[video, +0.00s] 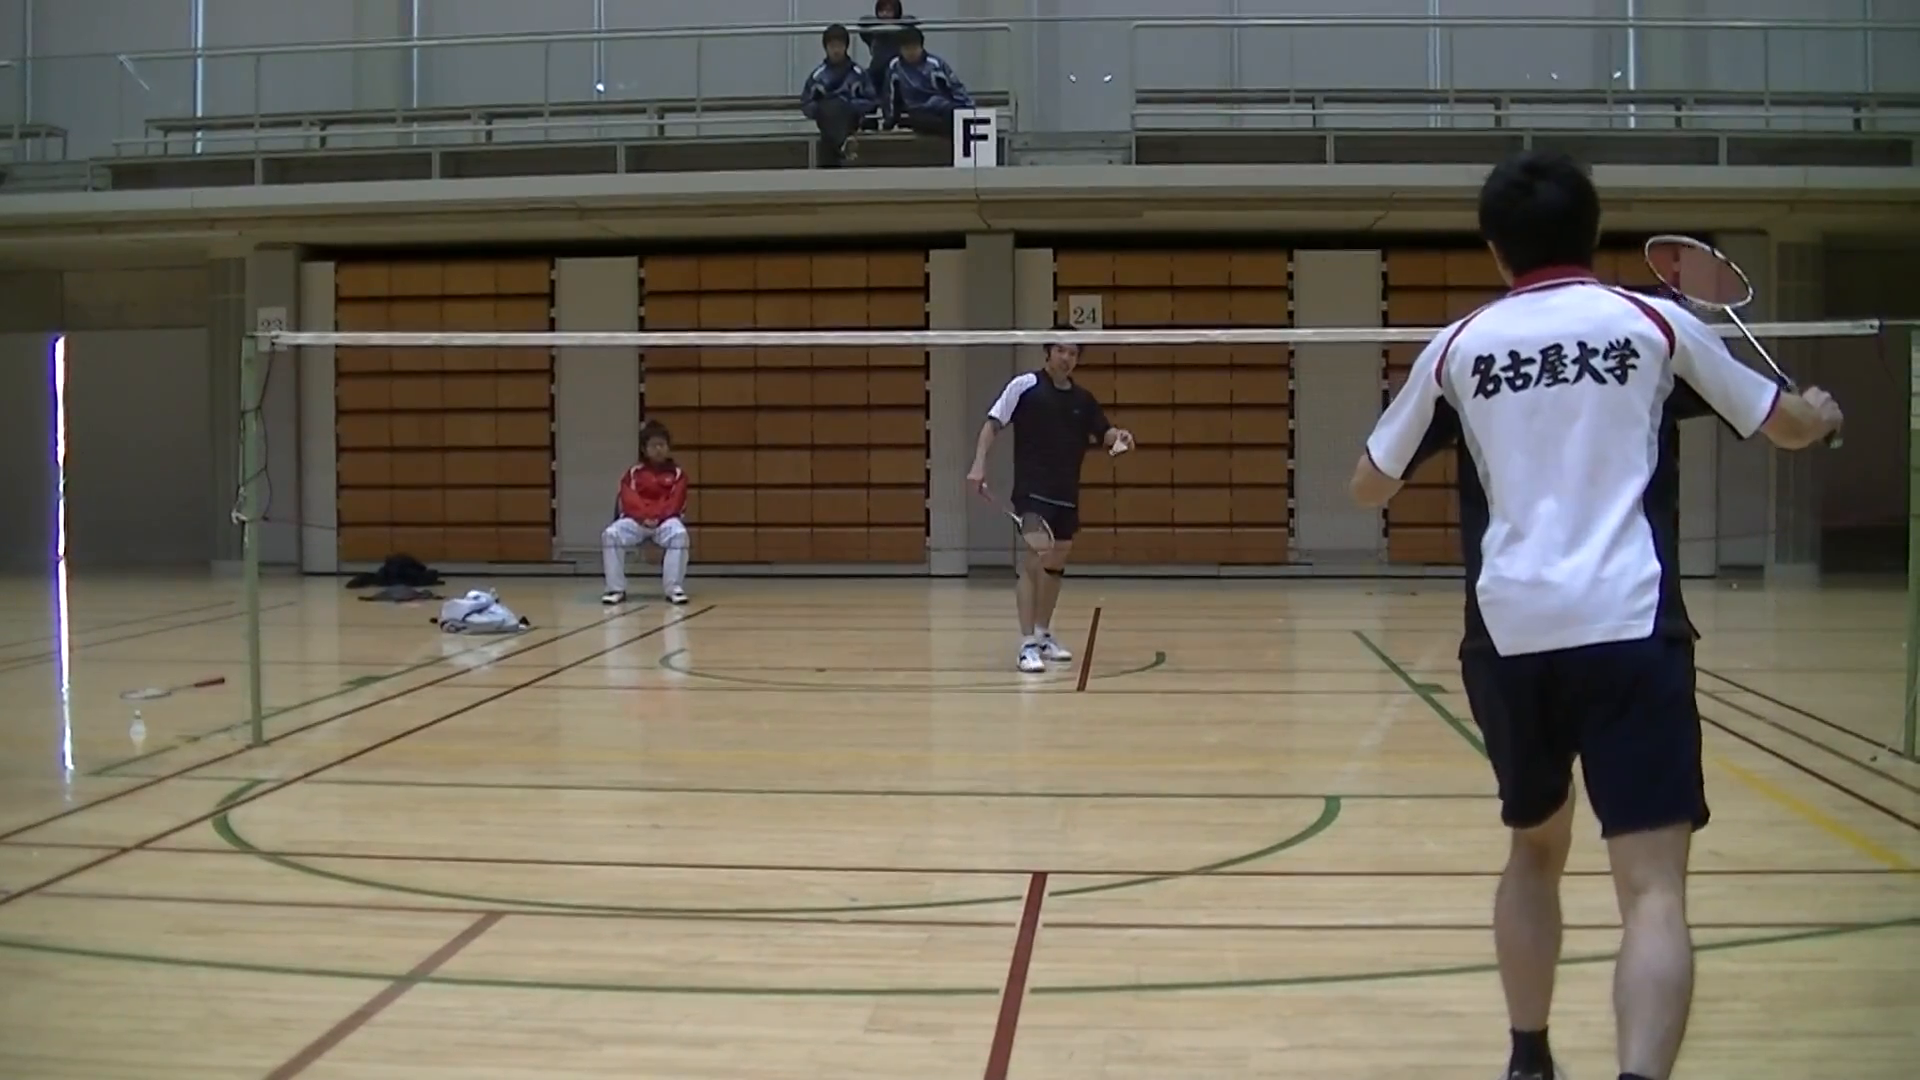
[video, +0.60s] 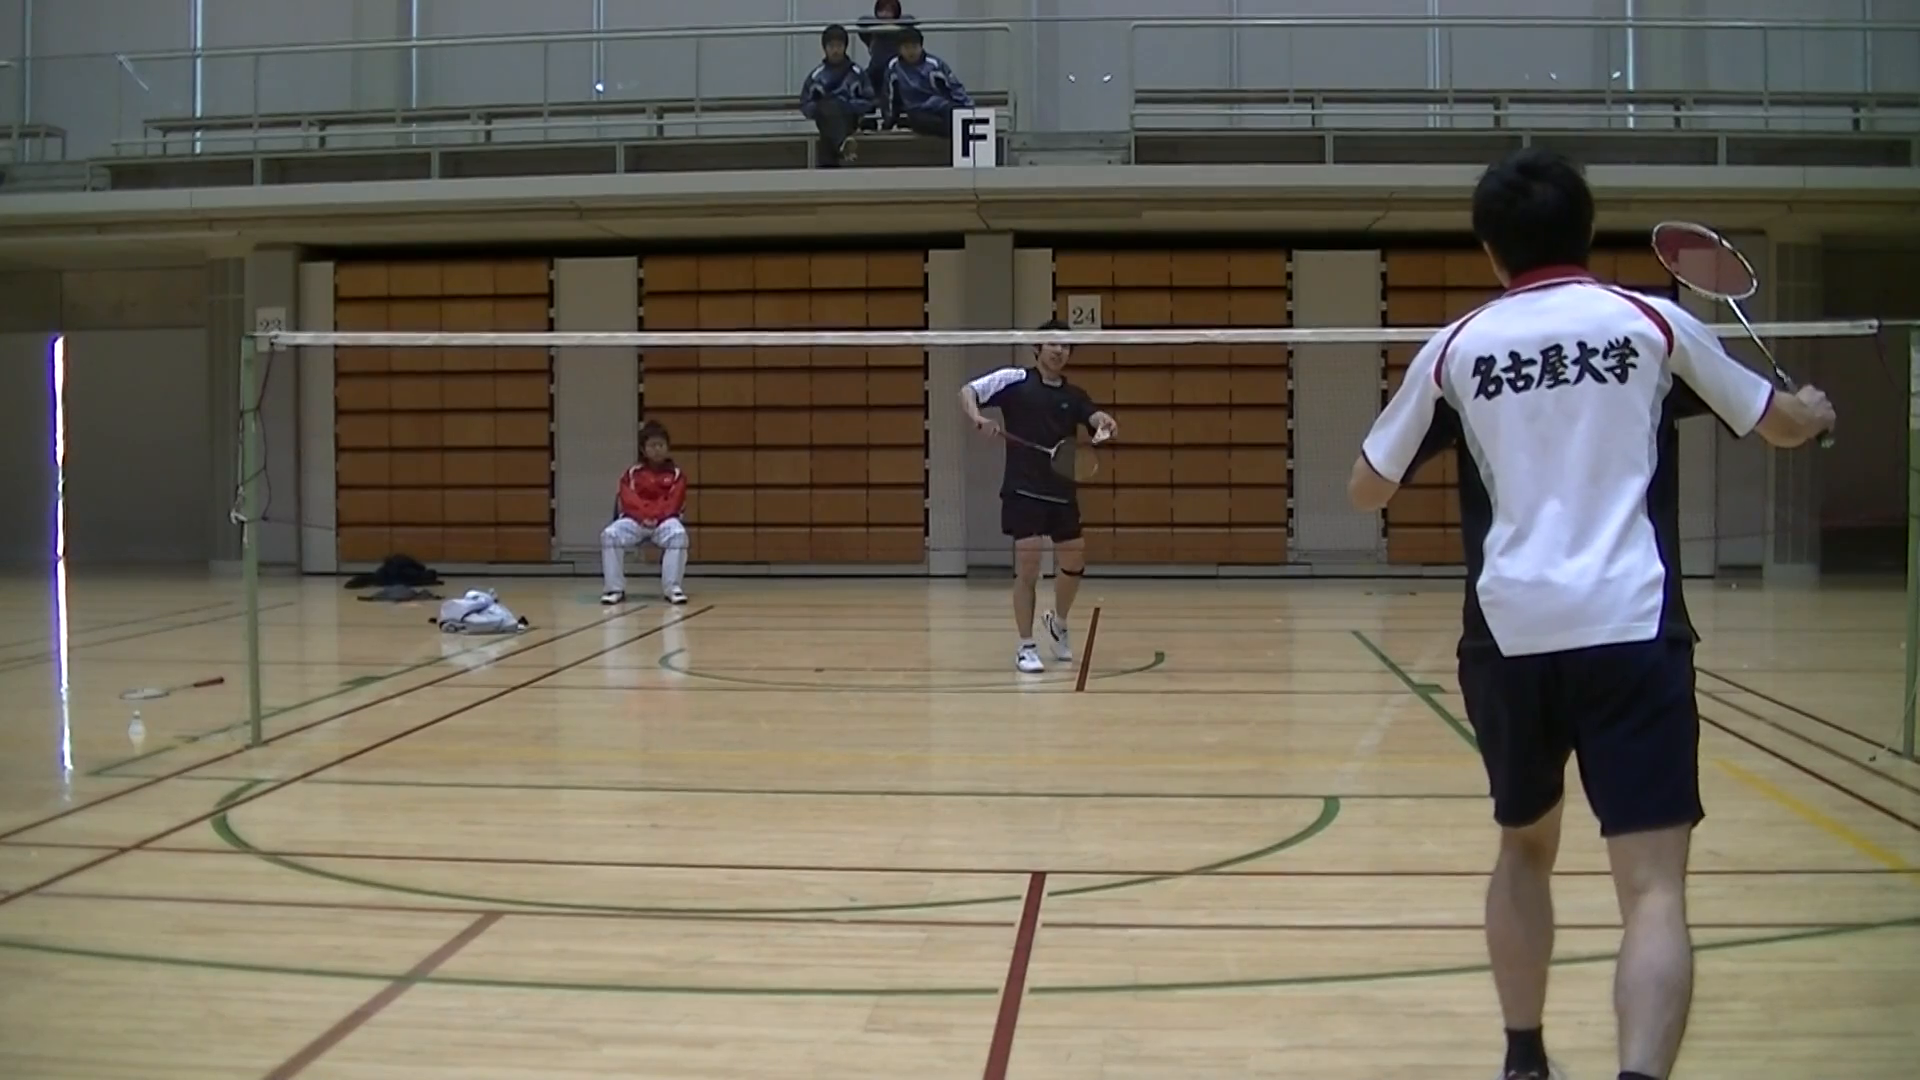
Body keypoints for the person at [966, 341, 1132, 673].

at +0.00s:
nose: (1068, 358)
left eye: (1073, 353)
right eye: (1062, 351)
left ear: (1078, 359)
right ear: (1048, 352)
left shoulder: (1082, 398)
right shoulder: (1024, 385)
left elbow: (1105, 432)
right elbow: (992, 425)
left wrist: (1119, 437)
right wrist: (978, 466)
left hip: (1066, 495)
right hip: (1032, 492)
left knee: (1055, 566)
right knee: (1034, 561)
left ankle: (1043, 637)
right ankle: (1028, 645)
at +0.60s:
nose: (1060, 352)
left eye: (1066, 347)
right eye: (1054, 345)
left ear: (1070, 353)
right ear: (1039, 348)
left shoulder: (1073, 394)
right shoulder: (1015, 379)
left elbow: (1099, 418)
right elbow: (967, 392)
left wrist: (1105, 425)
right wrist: (977, 418)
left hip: (1062, 491)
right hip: (1024, 489)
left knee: (1074, 562)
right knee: (1028, 566)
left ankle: (1059, 622)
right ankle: (1026, 646)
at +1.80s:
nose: (1159, 387)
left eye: (1164, 381)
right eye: (1153, 380)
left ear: (1169, 386)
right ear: (1139, 383)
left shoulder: (1168, 423)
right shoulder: (1122, 420)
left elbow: (1178, 466)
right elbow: (1092, 468)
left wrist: (1211, 480)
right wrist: (1085, 520)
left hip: (1143, 508)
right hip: (1115, 506)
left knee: (1155, 572)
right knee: (1133, 565)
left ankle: (1122, 631)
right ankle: (1108, 641)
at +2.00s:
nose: (1161, 396)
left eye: (1166, 391)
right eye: (1154, 390)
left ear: (1171, 397)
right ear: (1140, 395)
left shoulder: (1179, 434)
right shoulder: (1124, 433)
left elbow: (1216, 455)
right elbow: (1099, 484)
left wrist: (1256, 435)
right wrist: (1096, 532)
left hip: (1155, 525)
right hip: (1120, 523)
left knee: (1147, 588)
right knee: (1117, 583)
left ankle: (1124, 623)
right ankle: (1092, 643)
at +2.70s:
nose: (1399, 439)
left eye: (1402, 431)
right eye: (1392, 430)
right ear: (1369, 429)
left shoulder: (1358, 460)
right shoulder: (1347, 462)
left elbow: (1357, 528)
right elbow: (1355, 532)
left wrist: (1362, 585)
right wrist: (1369, 590)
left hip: (1303, 541)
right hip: (1286, 540)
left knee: (1287, 631)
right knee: (1349, 583)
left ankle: (1219, 649)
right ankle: (1343, 684)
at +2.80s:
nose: (1437, 425)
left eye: (1442, 417)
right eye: (1432, 415)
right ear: (1409, 410)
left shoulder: (1396, 441)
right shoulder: (1385, 443)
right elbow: (1368, 516)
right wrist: (1371, 582)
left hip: (1335, 522)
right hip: (1319, 523)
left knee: (1357, 608)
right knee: (1365, 604)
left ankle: (1290, 647)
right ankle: (1346, 685)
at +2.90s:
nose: (1470, 402)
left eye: (1476, 395)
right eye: (1465, 392)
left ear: (1479, 393)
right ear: (1443, 386)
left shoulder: (1445, 424)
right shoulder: (1417, 415)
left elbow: (1412, 484)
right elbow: (1389, 481)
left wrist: (1408, 537)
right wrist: (1375, 544)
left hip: (1385, 507)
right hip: (1354, 508)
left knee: (1419, 588)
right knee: (1397, 590)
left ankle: (1385, 667)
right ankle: (1361, 668)